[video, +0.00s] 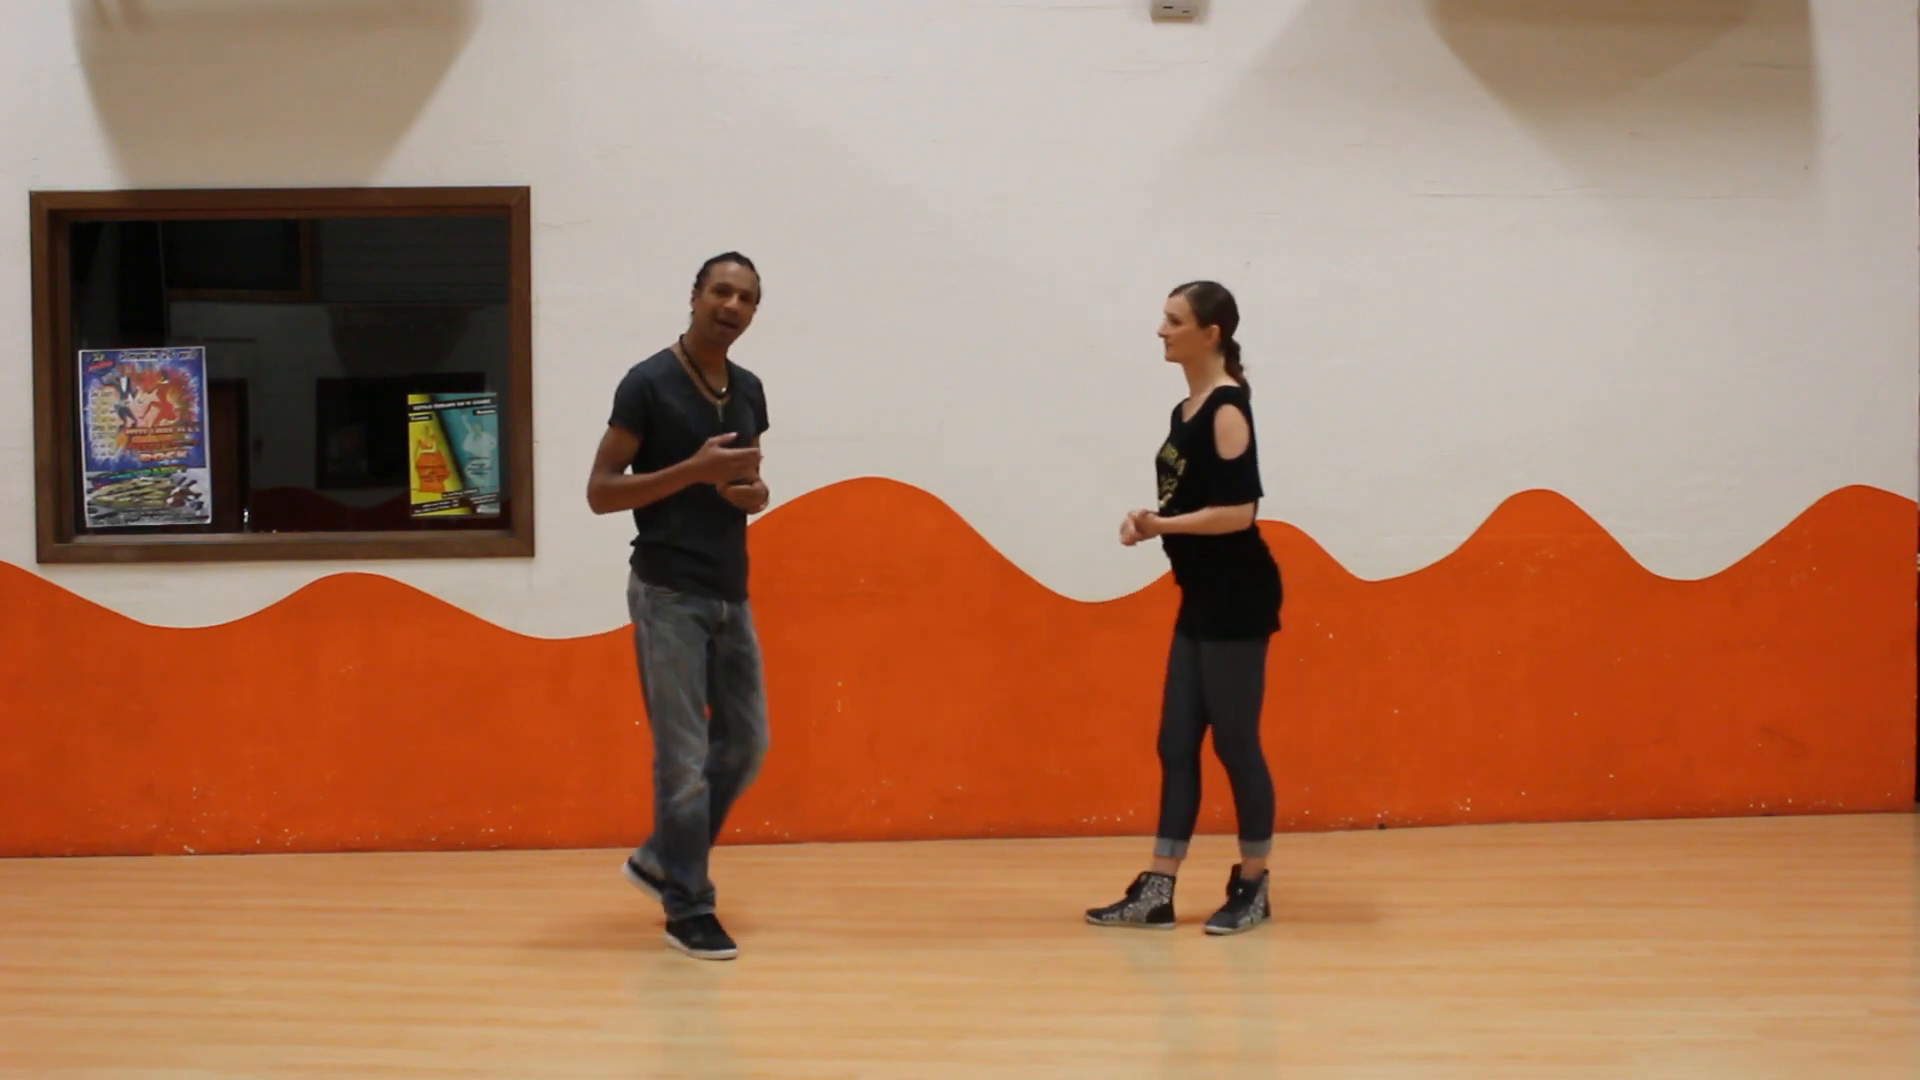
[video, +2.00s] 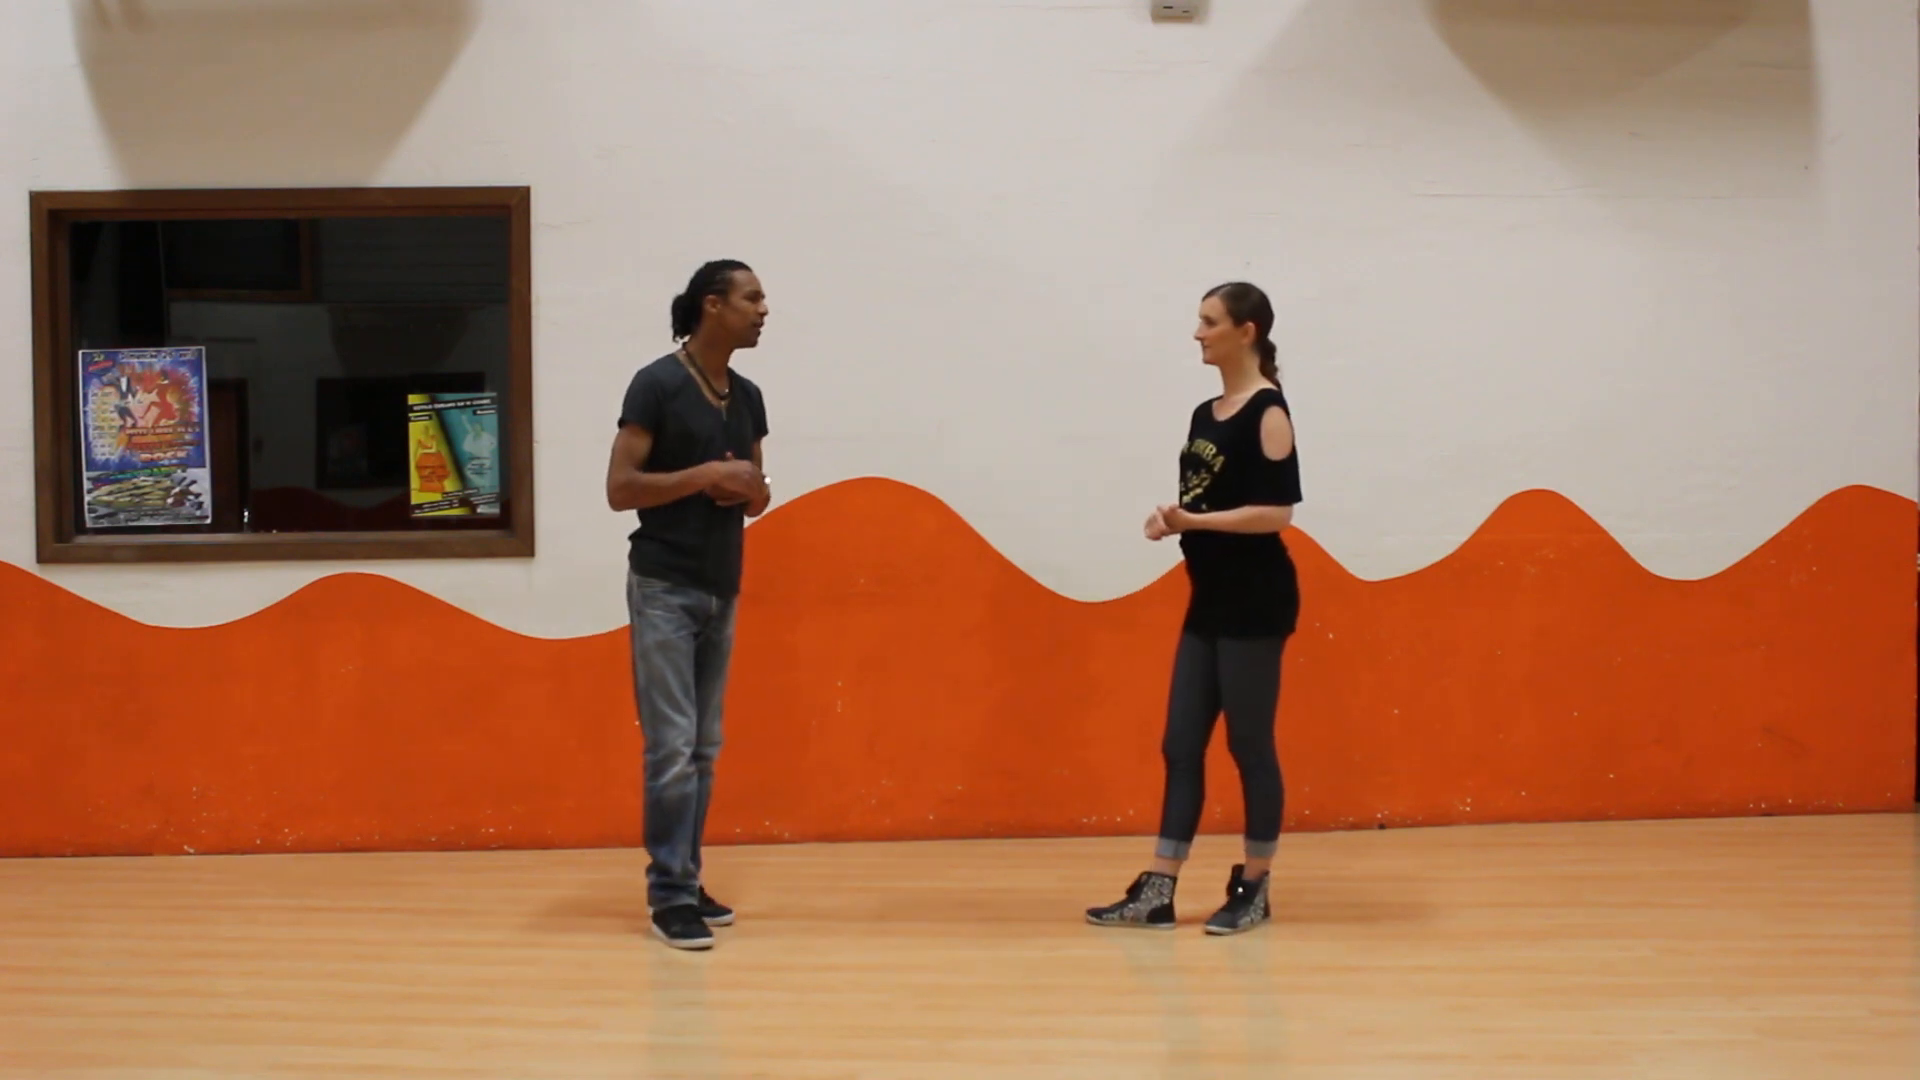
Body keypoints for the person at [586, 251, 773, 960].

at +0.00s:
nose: (734, 305)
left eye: (747, 298)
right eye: (723, 291)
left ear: (754, 314)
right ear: (693, 298)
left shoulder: (747, 392)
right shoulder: (647, 384)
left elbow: (754, 490)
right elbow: (600, 493)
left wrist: (750, 493)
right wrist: (695, 470)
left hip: (729, 594)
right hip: (667, 592)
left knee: (745, 742)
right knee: (682, 750)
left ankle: (662, 858)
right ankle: (690, 913)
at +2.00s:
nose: (765, 310)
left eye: (763, 299)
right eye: (753, 299)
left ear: (728, 309)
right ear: (711, 307)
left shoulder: (746, 395)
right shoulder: (655, 385)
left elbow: (759, 495)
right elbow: (619, 490)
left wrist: (746, 487)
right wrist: (707, 475)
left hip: (719, 590)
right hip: (663, 587)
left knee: (704, 743)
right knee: (672, 742)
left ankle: (684, 883)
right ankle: (670, 896)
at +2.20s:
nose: (763, 311)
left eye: (762, 301)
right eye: (751, 300)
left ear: (728, 311)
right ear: (709, 307)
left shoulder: (748, 396)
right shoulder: (653, 386)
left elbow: (758, 493)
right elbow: (617, 493)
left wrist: (751, 486)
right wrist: (705, 475)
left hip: (722, 590)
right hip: (665, 587)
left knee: (706, 744)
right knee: (674, 743)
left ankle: (684, 884)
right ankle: (670, 896)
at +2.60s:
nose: (697, 319)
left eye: (710, 307)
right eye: (688, 307)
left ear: (735, 314)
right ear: (675, 313)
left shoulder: (761, 396)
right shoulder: (647, 389)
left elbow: (771, 503)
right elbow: (608, 495)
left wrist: (761, 468)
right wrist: (690, 460)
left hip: (728, 584)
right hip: (667, 580)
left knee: (711, 737)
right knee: (693, 732)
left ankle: (672, 875)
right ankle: (689, 889)